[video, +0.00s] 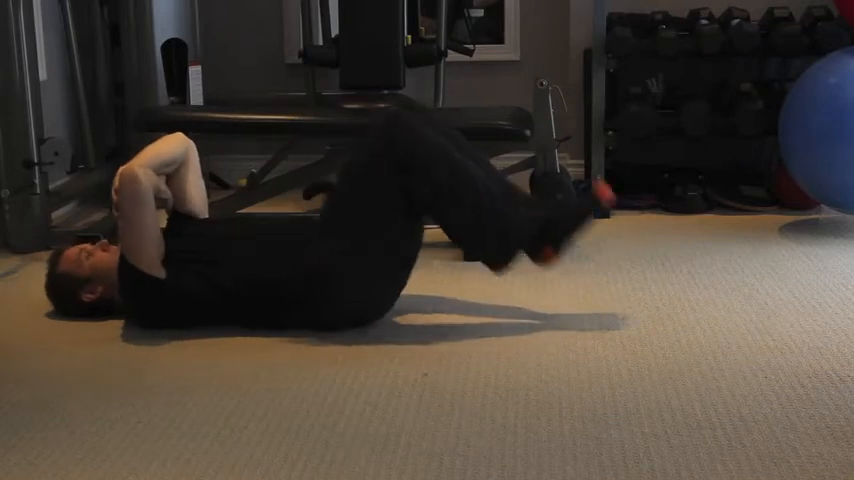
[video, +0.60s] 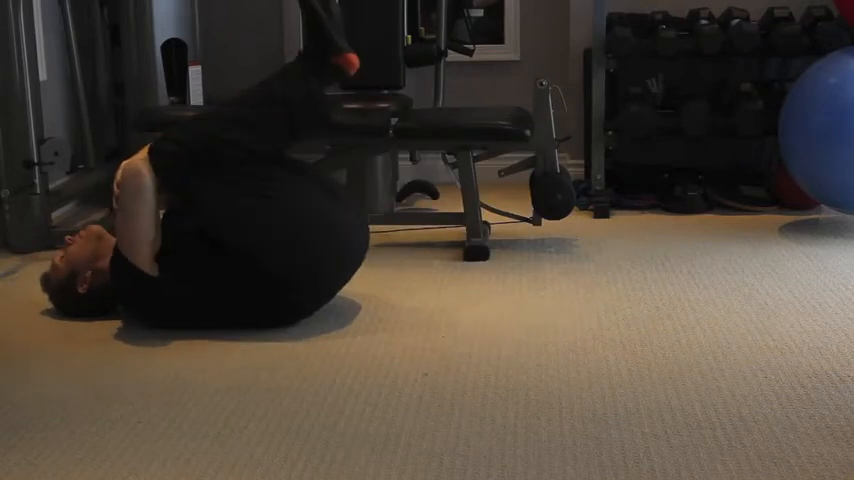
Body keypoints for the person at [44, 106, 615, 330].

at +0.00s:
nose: (98, 251)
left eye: (91, 249)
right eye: (87, 261)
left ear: (111, 253)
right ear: (95, 295)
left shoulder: (177, 250)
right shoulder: (151, 297)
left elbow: (182, 152)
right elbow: (134, 173)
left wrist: (152, 223)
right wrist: (149, 221)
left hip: (347, 256)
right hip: (340, 286)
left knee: (404, 122)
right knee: (397, 134)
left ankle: (505, 229)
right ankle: (531, 230)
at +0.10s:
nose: (87, 242)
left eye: (78, 246)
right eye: (77, 257)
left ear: (100, 251)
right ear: (90, 288)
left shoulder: (177, 248)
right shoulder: (143, 297)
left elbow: (179, 153)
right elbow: (129, 178)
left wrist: (140, 203)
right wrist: (148, 201)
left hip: (347, 266)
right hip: (327, 287)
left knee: (357, 122)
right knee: (342, 126)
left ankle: (519, 174)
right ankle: (511, 186)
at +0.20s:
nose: (78, 236)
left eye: (68, 240)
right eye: (68, 250)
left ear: (89, 245)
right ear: (84, 284)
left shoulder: (175, 249)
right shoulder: (135, 294)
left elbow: (182, 148)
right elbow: (128, 180)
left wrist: (130, 190)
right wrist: (130, 227)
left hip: (336, 266)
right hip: (311, 287)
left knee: (296, 116)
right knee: (283, 125)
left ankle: (452, 128)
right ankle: (453, 135)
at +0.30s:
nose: (76, 234)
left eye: (64, 240)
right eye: (69, 247)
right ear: (86, 278)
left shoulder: (173, 250)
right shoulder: (131, 293)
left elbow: (186, 149)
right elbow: (128, 178)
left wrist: (125, 176)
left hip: (344, 256)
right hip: (306, 276)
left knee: (234, 135)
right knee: (232, 137)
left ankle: (398, 98)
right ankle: (388, 118)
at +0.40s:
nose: (79, 232)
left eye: (65, 239)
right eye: (66, 248)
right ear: (86, 281)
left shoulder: (170, 256)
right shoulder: (133, 288)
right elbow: (126, 175)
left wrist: (145, 170)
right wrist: (171, 149)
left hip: (342, 240)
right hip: (308, 258)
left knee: (209, 150)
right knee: (195, 142)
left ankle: (354, 85)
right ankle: (350, 88)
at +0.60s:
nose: (74, 232)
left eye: (63, 243)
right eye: (66, 249)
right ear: (89, 280)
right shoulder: (136, 289)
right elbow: (134, 172)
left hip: (340, 234)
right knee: (170, 154)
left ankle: (318, 67)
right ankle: (315, 68)